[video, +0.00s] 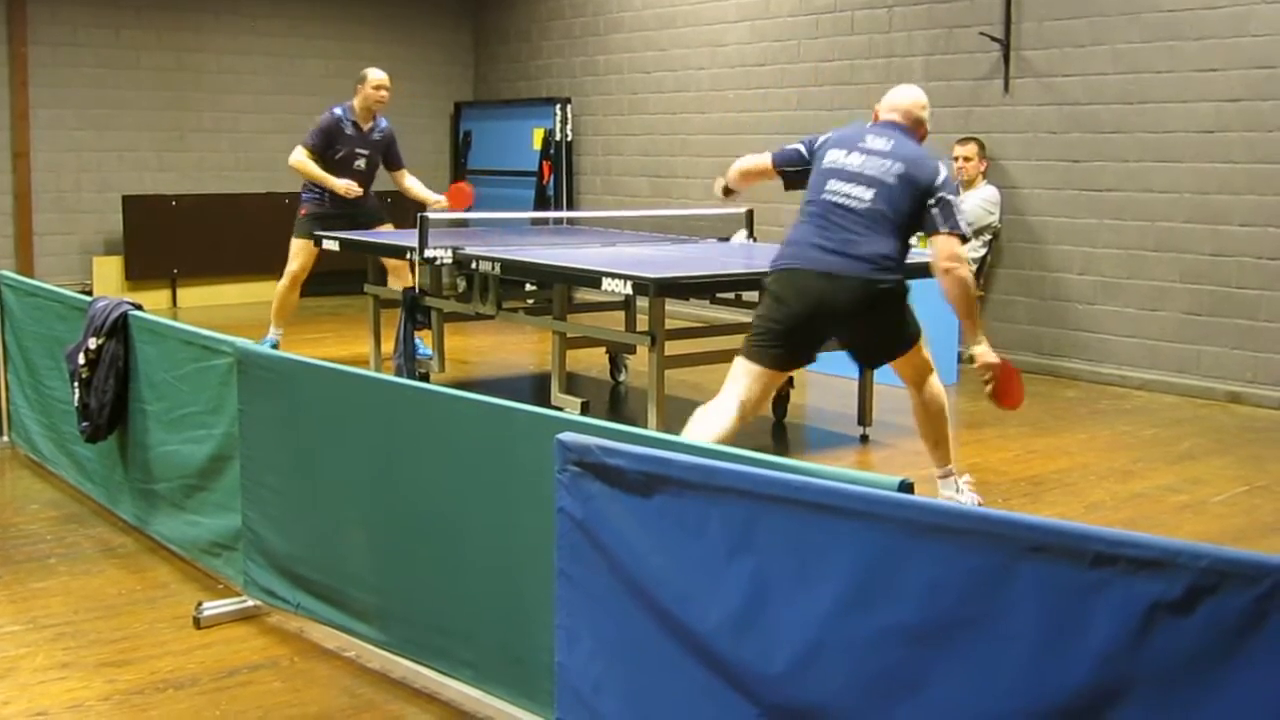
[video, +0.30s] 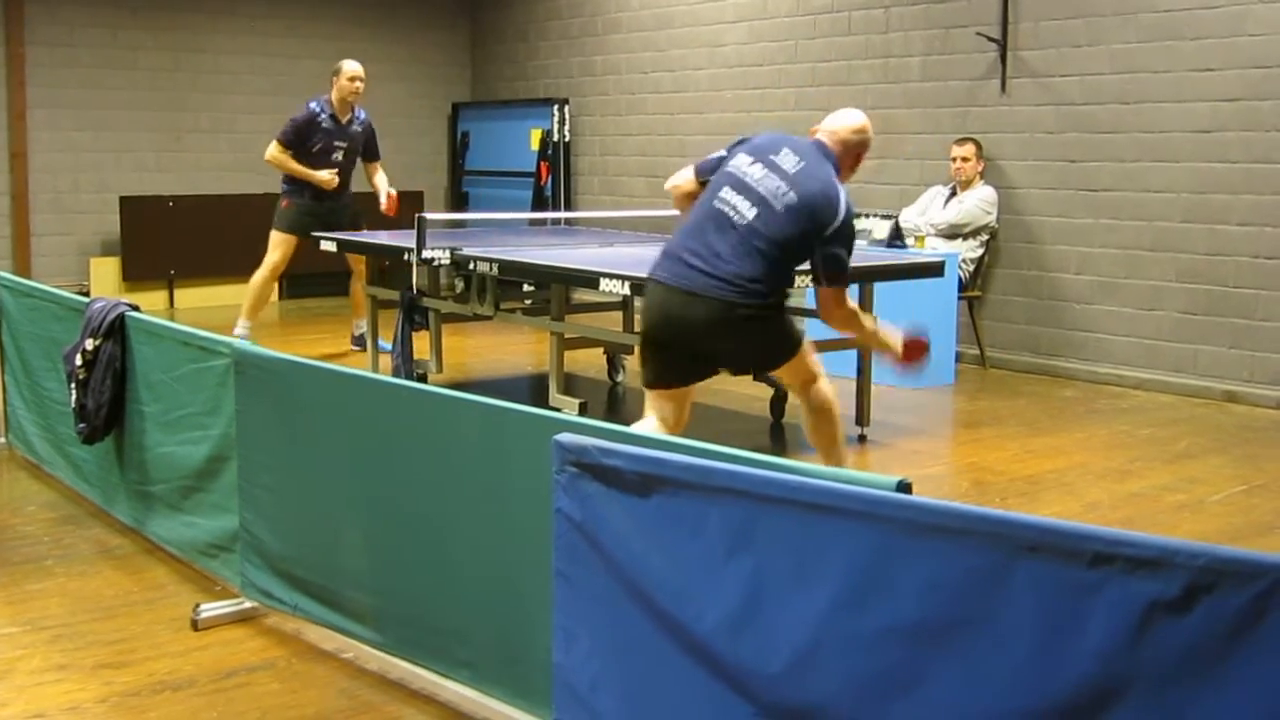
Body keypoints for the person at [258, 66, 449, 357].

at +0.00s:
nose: (383, 95)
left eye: (387, 90)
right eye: (377, 88)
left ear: (389, 95)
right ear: (360, 90)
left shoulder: (384, 131)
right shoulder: (334, 120)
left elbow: (402, 177)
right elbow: (297, 158)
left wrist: (431, 198)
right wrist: (334, 182)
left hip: (362, 204)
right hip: (319, 203)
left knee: (398, 262)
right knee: (294, 272)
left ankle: (410, 337)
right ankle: (273, 337)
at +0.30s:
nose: (358, 86)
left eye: (362, 81)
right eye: (352, 79)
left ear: (364, 86)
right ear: (335, 82)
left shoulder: (362, 124)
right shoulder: (311, 116)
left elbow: (373, 165)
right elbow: (273, 154)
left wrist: (384, 189)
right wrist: (314, 176)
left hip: (340, 203)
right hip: (299, 201)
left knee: (362, 266)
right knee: (273, 264)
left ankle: (360, 332)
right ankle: (242, 329)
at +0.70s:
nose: (357, 119)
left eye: (360, 114)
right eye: (352, 112)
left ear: (360, 118)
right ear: (333, 112)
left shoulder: (338, 150)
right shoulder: (309, 141)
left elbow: (334, 196)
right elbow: (303, 196)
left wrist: (357, 232)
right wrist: (344, 205)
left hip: (312, 215)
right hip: (279, 214)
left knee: (352, 268)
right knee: (269, 289)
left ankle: (357, 340)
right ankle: (230, 345)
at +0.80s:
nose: (364, 128)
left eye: (367, 123)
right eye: (359, 120)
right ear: (340, 119)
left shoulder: (334, 150)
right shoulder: (323, 145)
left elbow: (321, 204)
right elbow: (332, 200)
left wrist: (331, 240)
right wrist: (368, 213)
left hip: (308, 221)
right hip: (280, 220)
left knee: (351, 272)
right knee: (273, 294)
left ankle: (342, 345)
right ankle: (231, 349)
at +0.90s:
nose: (373, 139)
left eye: (376, 134)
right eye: (369, 132)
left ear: (349, 132)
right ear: (349, 129)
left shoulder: (334, 149)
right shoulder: (339, 157)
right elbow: (363, 205)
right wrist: (397, 229)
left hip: (310, 229)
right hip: (288, 228)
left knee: (353, 278)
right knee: (282, 304)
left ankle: (343, 349)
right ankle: (230, 353)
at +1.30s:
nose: (404, 126)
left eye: (404, 120)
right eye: (400, 119)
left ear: (386, 120)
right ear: (381, 118)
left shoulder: (382, 150)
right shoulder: (357, 140)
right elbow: (355, 174)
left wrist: (440, 172)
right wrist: (390, 196)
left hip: (360, 229)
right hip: (336, 226)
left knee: (384, 292)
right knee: (315, 293)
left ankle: (356, 362)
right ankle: (257, 355)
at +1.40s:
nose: (402, 111)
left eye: (404, 106)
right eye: (396, 105)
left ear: (402, 109)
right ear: (377, 106)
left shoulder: (398, 136)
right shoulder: (356, 133)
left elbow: (438, 140)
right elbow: (355, 164)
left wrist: (423, 106)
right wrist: (392, 164)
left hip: (383, 225)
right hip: (351, 226)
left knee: (409, 283)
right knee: (335, 290)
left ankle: (380, 347)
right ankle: (290, 351)